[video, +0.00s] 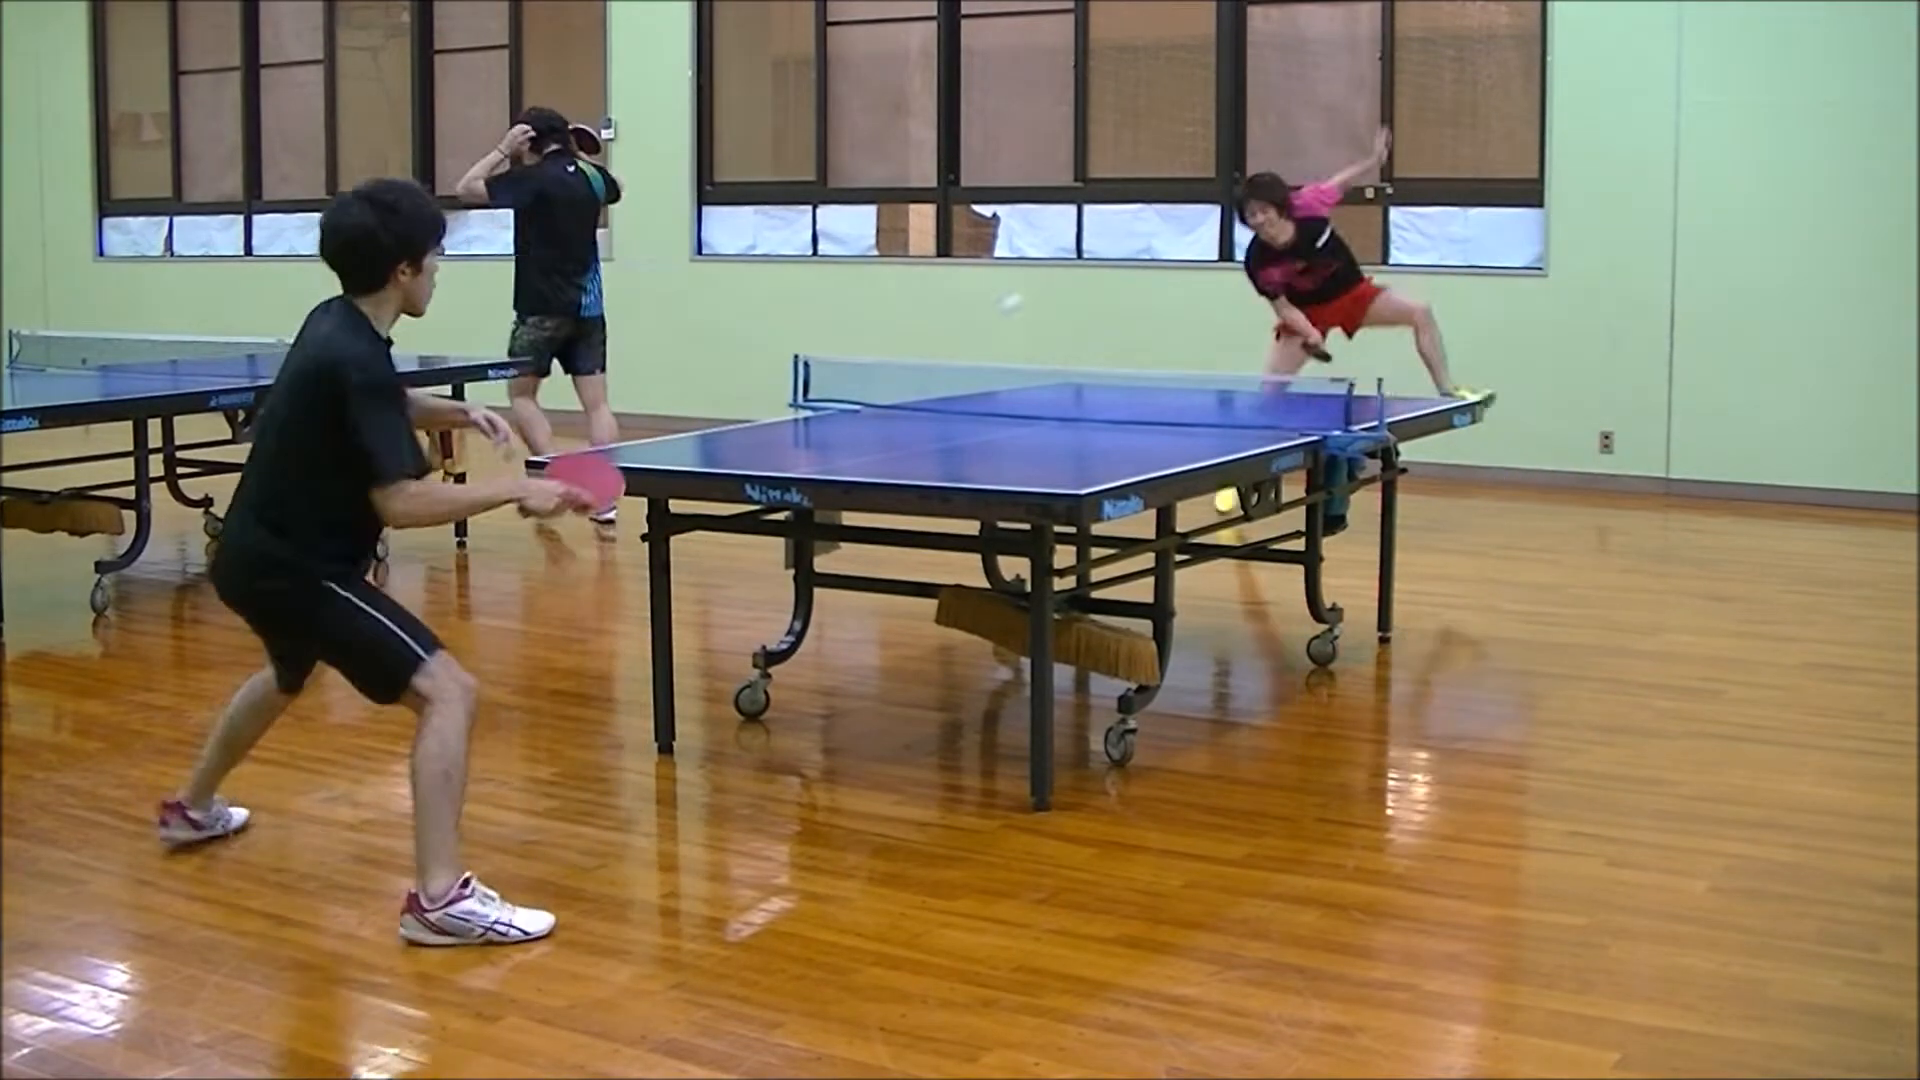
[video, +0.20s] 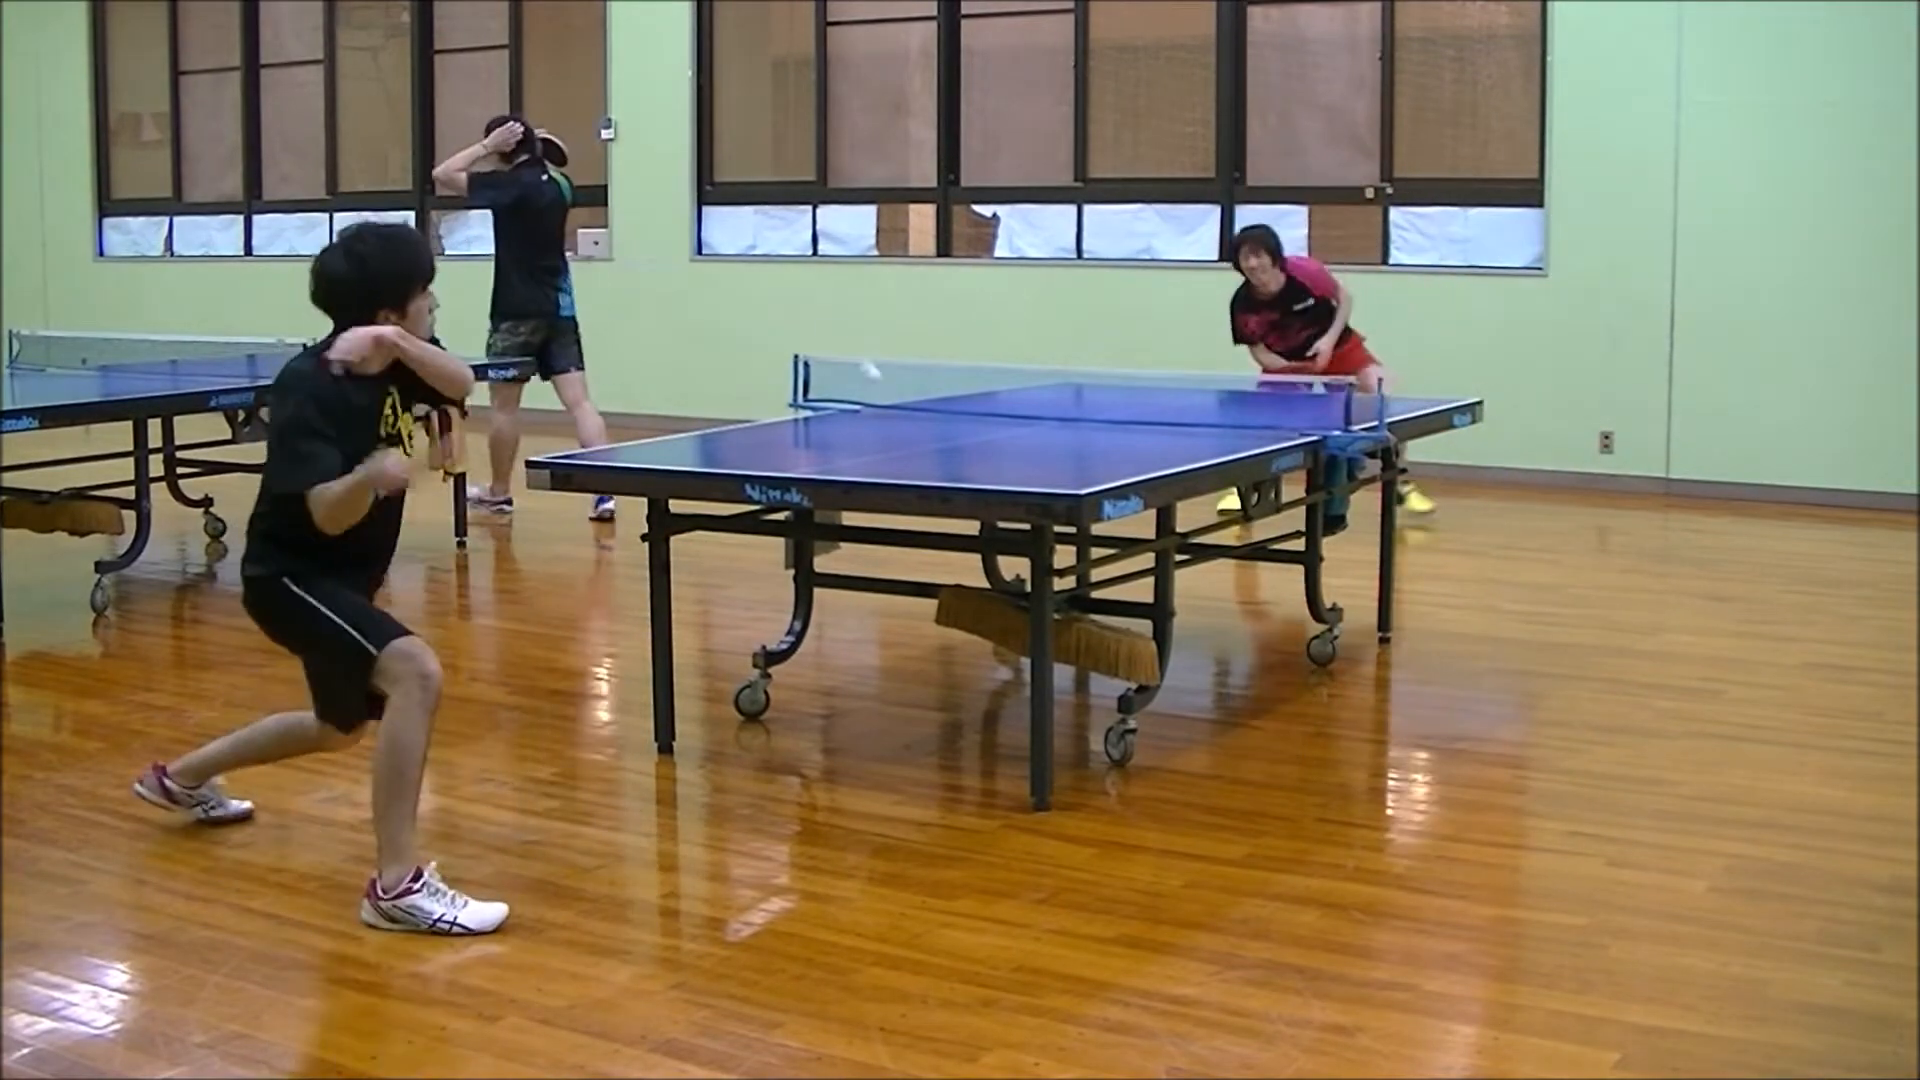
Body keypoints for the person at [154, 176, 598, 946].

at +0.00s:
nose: (435, 277)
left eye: (434, 261)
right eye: (431, 262)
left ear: (362, 265)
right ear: (404, 271)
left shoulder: (330, 327)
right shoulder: (362, 359)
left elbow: (353, 409)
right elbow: (399, 503)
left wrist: (446, 415)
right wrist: (512, 488)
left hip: (249, 553)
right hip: (296, 571)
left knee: (287, 673)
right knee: (449, 690)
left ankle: (192, 806)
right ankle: (440, 893)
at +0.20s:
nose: (434, 304)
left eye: (431, 292)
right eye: (425, 294)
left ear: (381, 311)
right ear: (388, 308)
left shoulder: (399, 364)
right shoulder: (308, 383)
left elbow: (463, 384)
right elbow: (325, 511)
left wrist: (395, 341)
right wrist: (369, 477)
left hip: (346, 576)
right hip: (289, 576)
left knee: (338, 723)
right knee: (413, 672)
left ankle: (181, 775)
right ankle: (397, 881)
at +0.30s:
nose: (434, 283)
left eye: (428, 271)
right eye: (423, 275)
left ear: (385, 295)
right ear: (389, 297)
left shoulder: (419, 340)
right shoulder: (322, 375)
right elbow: (376, 505)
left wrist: (465, 383)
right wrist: (362, 447)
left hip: (369, 553)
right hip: (307, 557)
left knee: (337, 705)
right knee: (427, 676)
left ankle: (185, 764)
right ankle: (396, 881)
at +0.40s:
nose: (451, 233)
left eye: (444, 221)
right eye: (438, 226)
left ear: (399, 250)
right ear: (405, 252)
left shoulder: (405, 297)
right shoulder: (373, 349)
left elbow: (430, 356)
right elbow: (451, 458)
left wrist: (483, 373)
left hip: (367, 514)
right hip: (329, 528)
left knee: (374, 639)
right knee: (455, 685)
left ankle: (252, 735)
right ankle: (398, 879)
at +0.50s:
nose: (470, 226)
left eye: (463, 213)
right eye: (458, 217)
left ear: (394, 234)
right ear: (425, 239)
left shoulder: (344, 287)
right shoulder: (444, 328)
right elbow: (559, 401)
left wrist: (422, 153)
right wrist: (643, 340)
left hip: (313, 521)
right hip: (382, 536)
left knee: (401, 570)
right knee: (479, 709)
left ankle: (369, 705)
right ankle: (415, 870)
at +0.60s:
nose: (479, 257)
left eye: (476, 245)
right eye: (474, 246)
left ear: (395, 258)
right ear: (453, 258)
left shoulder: (344, 331)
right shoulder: (477, 337)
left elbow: (307, 403)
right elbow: (595, 351)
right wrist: (628, 252)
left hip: (343, 577)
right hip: (428, 578)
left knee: (455, 619)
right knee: (477, 756)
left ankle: (439, 762)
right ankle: (454, 866)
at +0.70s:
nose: (482, 303)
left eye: (477, 290)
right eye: (478, 293)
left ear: (401, 302)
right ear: (462, 301)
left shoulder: (352, 387)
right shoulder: (491, 373)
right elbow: (588, 364)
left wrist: (388, 481)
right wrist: (578, 277)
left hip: (369, 613)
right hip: (457, 612)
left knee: (432, 660)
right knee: (513, 777)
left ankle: (456, 775)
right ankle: (457, 858)